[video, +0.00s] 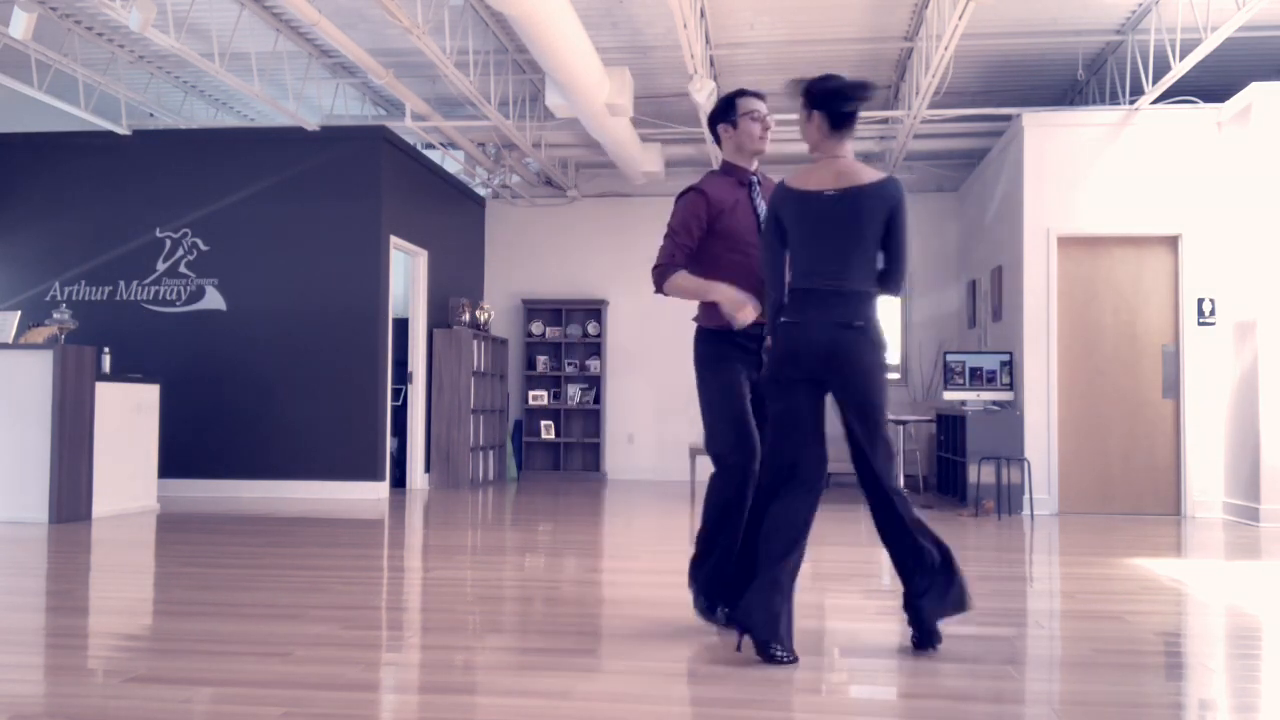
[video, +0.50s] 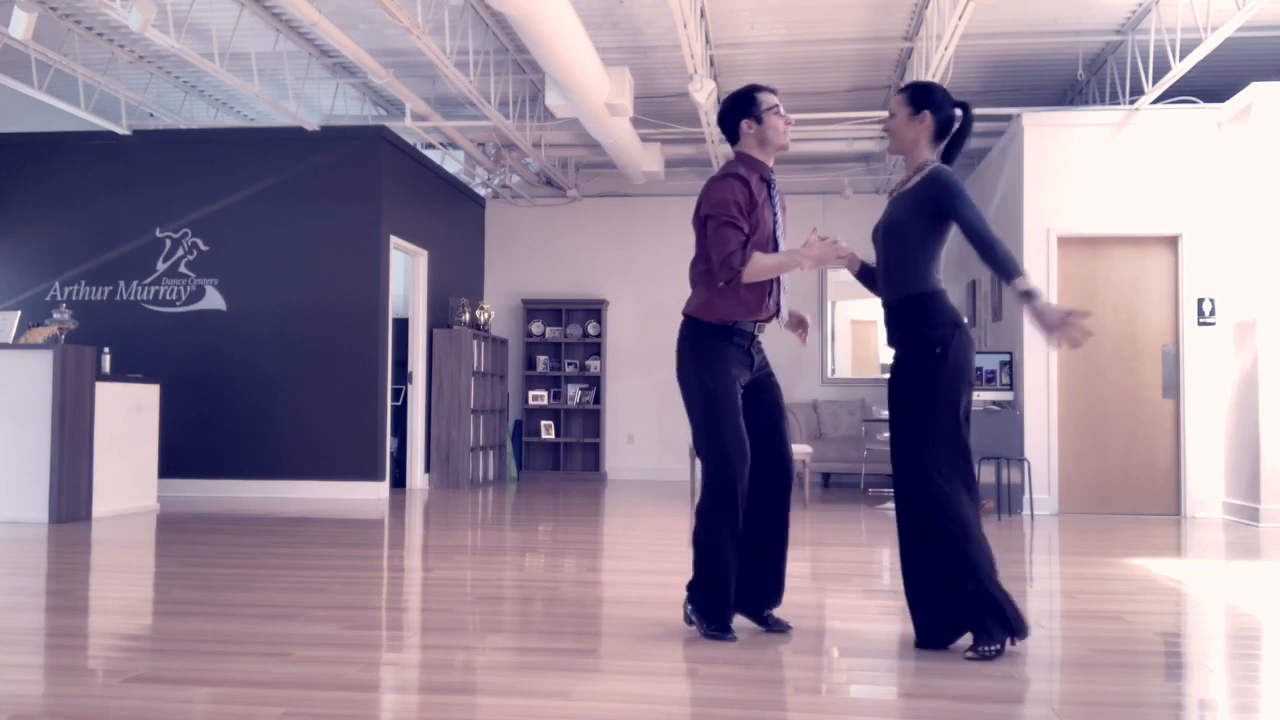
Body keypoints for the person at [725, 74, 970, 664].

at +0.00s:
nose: (798, 126)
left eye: (801, 117)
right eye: (801, 116)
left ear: (816, 121)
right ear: (853, 122)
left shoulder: (788, 191)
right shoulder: (886, 188)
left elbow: (771, 278)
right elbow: (893, 279)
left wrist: (776, 330)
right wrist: (841, 278)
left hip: (793, 335)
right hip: (856, 334)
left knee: (794, 477)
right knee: (879, 474)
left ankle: (768, 623)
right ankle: (925, 604)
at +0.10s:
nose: (825, 127)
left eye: (831, 117)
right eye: (828, 116)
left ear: (850, 121)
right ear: (876, 124)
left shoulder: (822, 191)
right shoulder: (908, 192)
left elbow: (809, 281)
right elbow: (909, 277)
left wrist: (795, 357)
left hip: (843, 334)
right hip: (898, 334)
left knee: (811, 476)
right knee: (899, 475)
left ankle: (802, 616)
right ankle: (929, 620)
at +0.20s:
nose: (844, 131)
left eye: (850, 121)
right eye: (847, 121)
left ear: (873, 127)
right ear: (889, 131)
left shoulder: (866, 194)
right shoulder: (906, 191)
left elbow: (863, 283)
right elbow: (883, 274)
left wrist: (825, 363)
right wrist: (822, 272)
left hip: (887, 345)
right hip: (924, 344)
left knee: (817, 465)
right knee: (901, 485)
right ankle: (939, 612)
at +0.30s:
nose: (861, 134)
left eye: (868, 124)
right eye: (864, 124)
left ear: (895, 132)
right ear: (902, 134)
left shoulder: (900, 197)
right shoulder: (897, 196)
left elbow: (905, 288)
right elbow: (881, 291)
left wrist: (879, 362)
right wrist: (828, 276)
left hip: (912, 354)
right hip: (922, 354)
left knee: (842, 475)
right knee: (915, 486)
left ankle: (941, 553)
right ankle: (944, 610)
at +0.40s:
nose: (875, 129)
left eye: (885, 121)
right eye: (879, 120)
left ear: (914, 131)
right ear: (914, 133)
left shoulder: (923, 190)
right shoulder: (899, 197)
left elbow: (951, 257)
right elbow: (887, 290)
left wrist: (960, 325)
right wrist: (839, 272)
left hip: (925, 350)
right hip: (909, 350)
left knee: (892, 489)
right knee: (920, 487)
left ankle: (973, 592)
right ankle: (938, 621)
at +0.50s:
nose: (886, 120)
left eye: (896, 112)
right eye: (890, 111)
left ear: (925, 123)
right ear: (921, 124)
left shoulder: (939, 181)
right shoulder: (904, 195)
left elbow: (985, 241)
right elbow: (889, 286)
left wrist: (1037, 303)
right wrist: (849, 259)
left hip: (936, 342)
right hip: (911, 346)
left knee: (937, 479)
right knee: (914, 482)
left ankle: (995, 618)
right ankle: (944, 616)